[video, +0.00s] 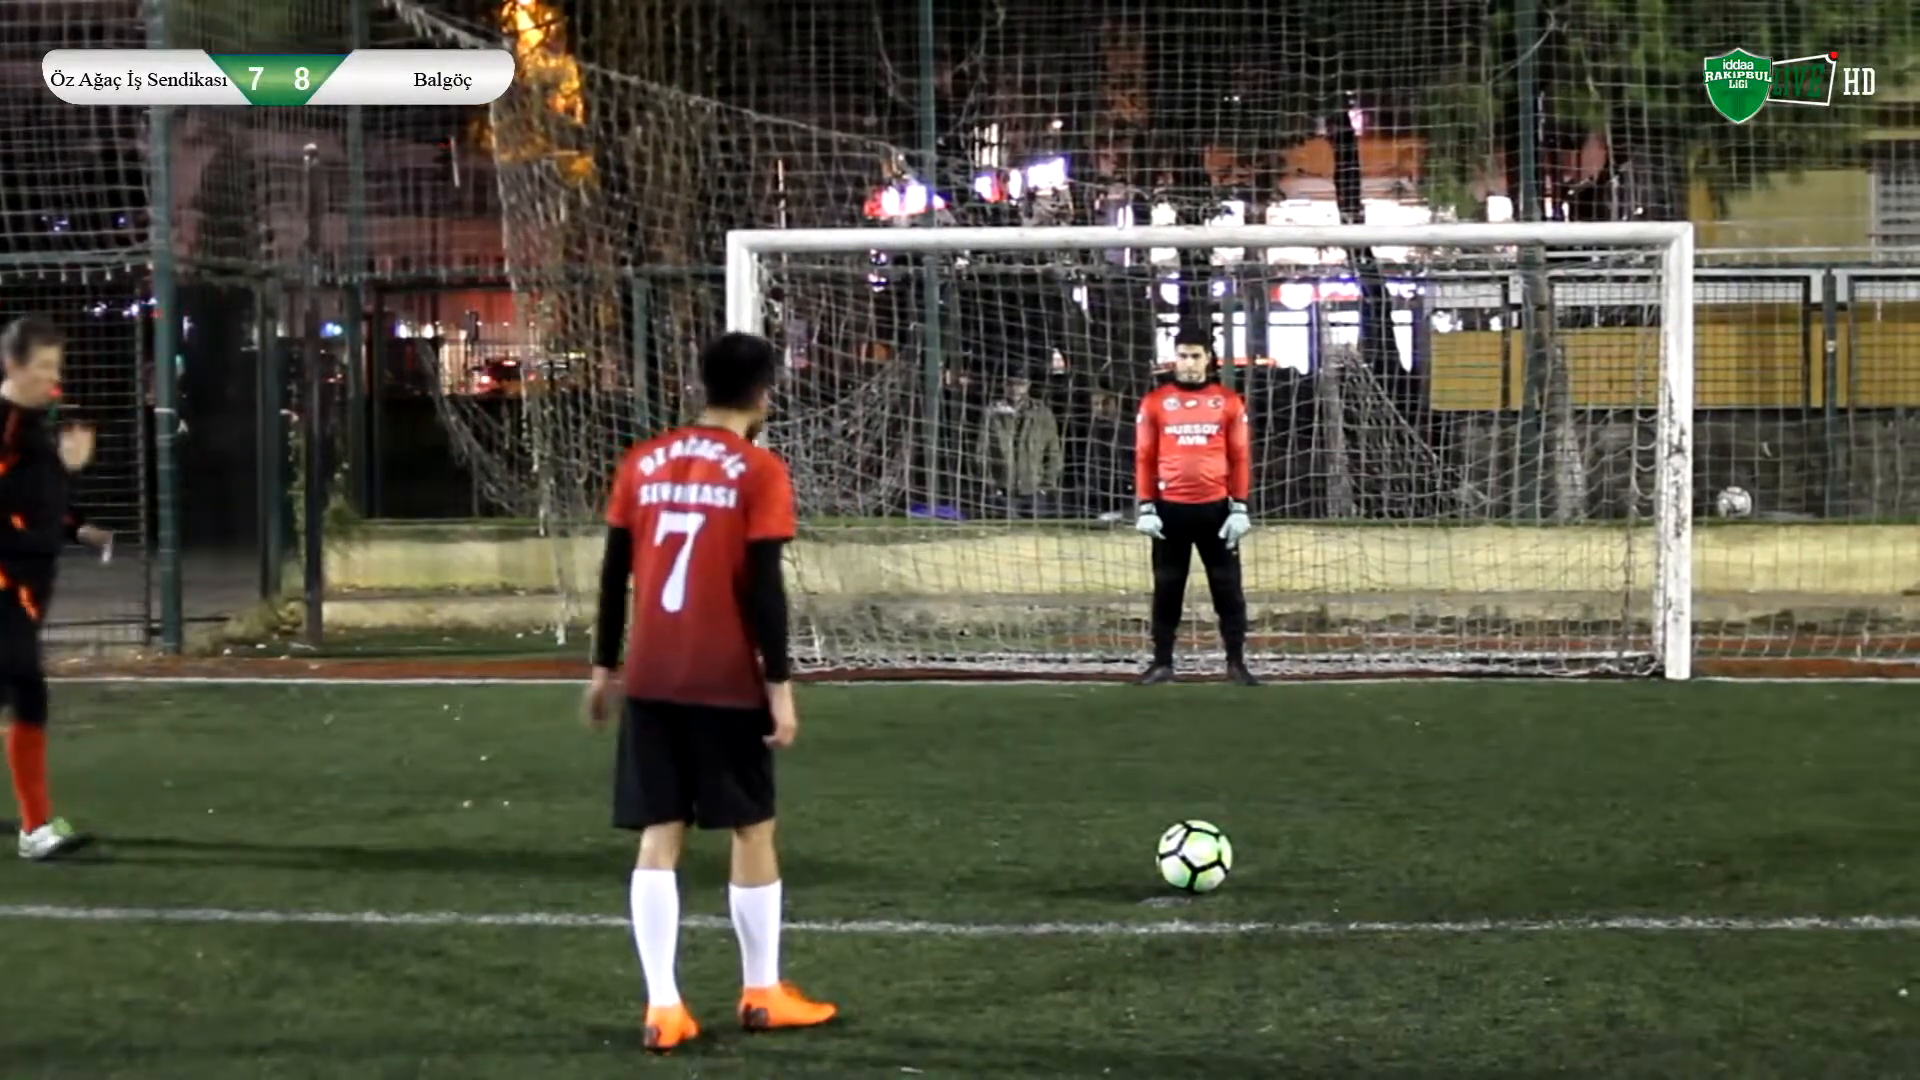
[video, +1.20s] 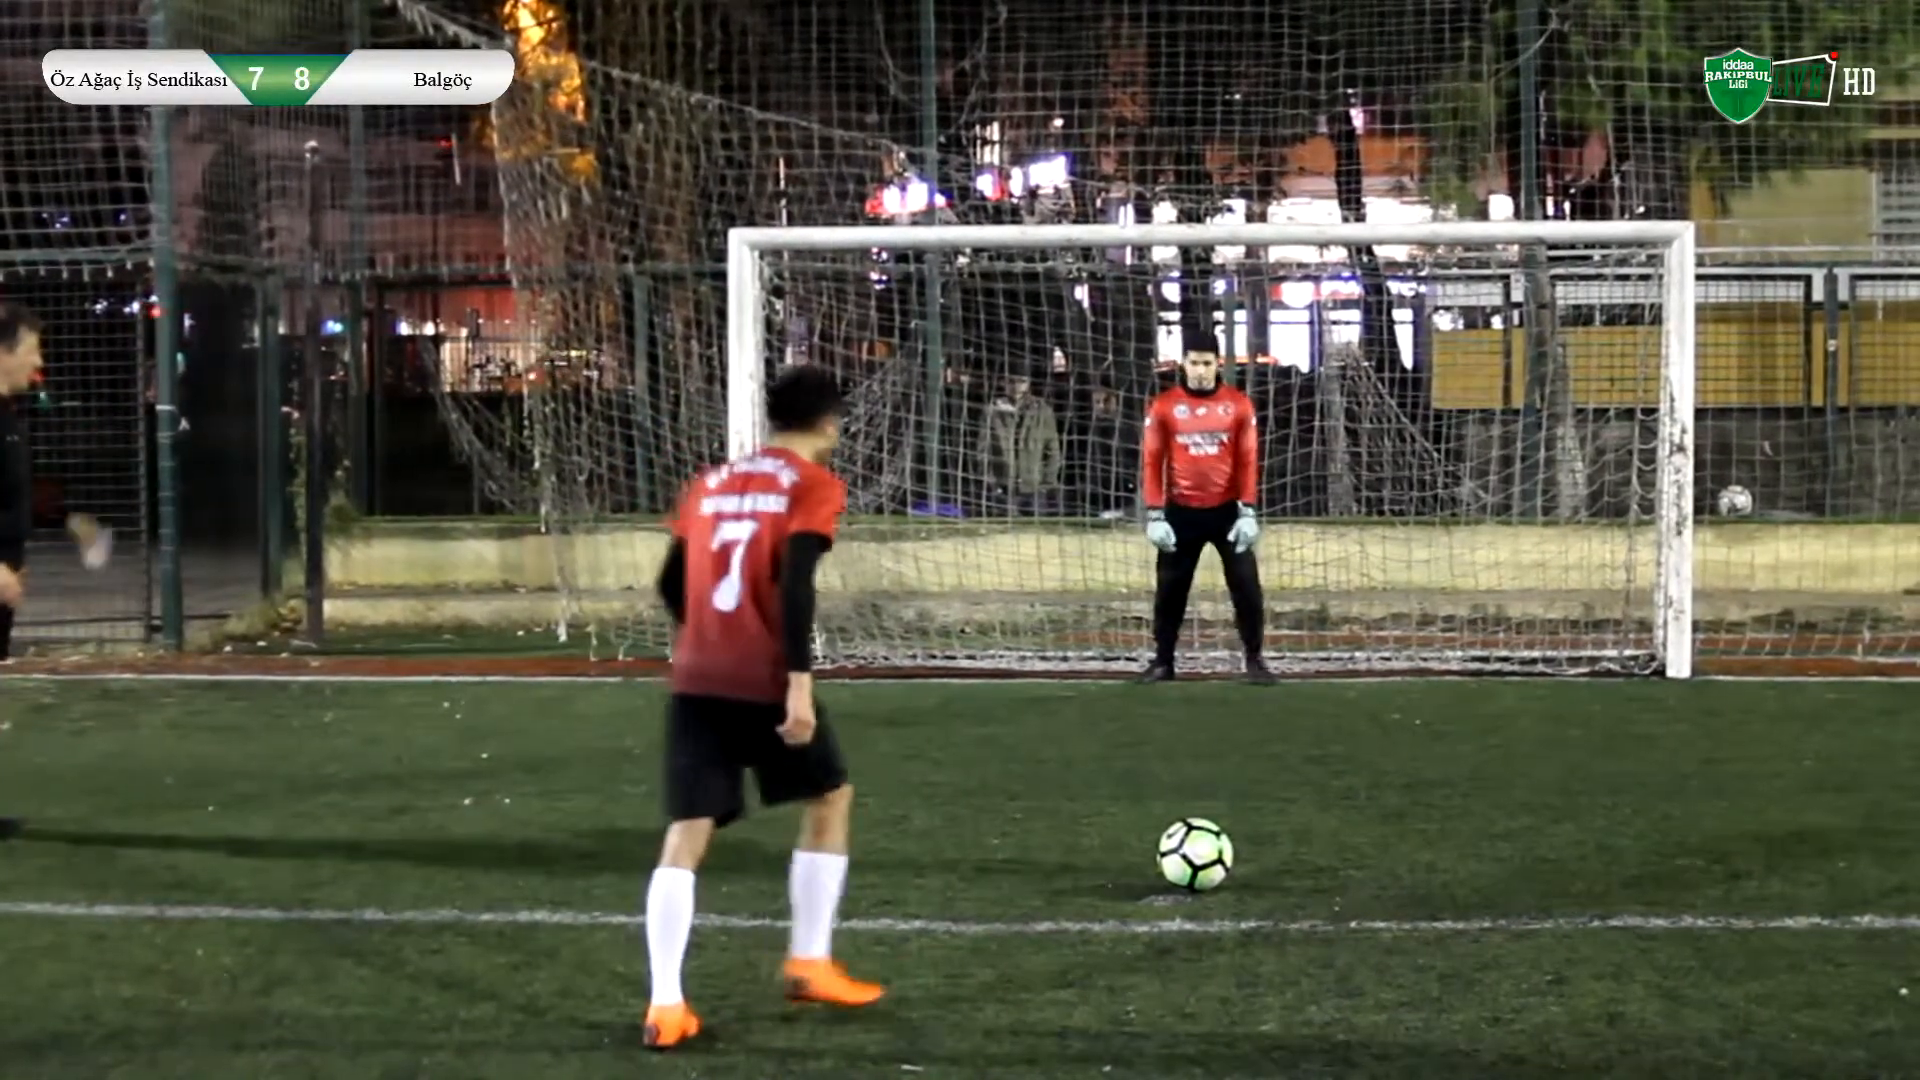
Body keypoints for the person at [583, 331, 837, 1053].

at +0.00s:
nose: (771, 401)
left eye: (769, 390)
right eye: (772, 392)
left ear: (699, 388)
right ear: (762, 396)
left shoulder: (642, 461)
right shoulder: (762, 471)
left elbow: (614, 572)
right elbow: (762, 579)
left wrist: (605, 662)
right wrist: (780, 678)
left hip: (650, 678)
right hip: (729, 682)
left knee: (659, 831)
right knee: (754, 829)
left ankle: (662, 1004)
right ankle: (763, 988)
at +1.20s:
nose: (837, 434)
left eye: (835, 422)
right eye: (835, 423)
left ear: (774, 419)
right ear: (822, 425)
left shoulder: (710, 480)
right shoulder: (816, 484)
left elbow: (670, 584)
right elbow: (797, 575)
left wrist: (706, 645)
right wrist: (799, 675)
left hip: (694, 682)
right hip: (764, 682)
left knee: (687, 830)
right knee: (829, 794)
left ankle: (665, 1001)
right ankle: (809, 958)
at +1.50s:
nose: (882, 474)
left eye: (882, 464)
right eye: (881, 464)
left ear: (821, 458)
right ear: (868, 462)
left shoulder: (768, 511)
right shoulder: (862, 511)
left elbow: (748, 600)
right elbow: (842, 588)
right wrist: (833, 672)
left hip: (740, 695)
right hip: (807, 693)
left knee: (712, 832)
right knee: (889, 791)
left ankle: (671, 992)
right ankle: (891, 950)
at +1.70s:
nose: (926, 490)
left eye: (923, 481)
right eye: (924, 480)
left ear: (866, 475)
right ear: (912, 478)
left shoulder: (819, 523)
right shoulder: (915, 528)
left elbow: (798, 614)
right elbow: (910, 602)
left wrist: (812, 667)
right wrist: (900, 672)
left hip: (802, 697)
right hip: (870, 698)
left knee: (784, 832)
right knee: (933, 814)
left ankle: (707, 961)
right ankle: (897, 963)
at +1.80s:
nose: (944, 489)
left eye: (942, 480)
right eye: (942, 480)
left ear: (883, 480)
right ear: (932, 481)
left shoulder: (850, 522)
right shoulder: (940, 526)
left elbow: (813, 567)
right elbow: (946, 593)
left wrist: (864, 606)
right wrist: (968, 686)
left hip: (830, 697)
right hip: (896, 698)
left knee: (834, 846)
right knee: (950, 822)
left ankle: (747, 934)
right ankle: (900, 965)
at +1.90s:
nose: (960, 480)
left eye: (958, 470)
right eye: (957, 470)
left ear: (899, 471)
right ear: (949, 472)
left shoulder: (860, 518)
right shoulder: (960, 525)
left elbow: (821, 538)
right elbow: (1006, 607)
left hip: (860, 695)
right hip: (919, 696)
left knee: (920, 827)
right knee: (964, 826)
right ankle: (905, 960)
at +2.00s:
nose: (970, 461)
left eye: (965, 452)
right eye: (968, 452)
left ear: (912, 455)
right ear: (959, 453)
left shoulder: (874, 499)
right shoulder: (984, 510)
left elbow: (804, 492)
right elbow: (1033, 592)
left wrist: (843, 545)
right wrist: (1083, 642)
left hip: (881, 678)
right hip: (942, 678)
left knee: (946, 800)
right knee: (971, 819)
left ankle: (907, 898)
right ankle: (912, 947)